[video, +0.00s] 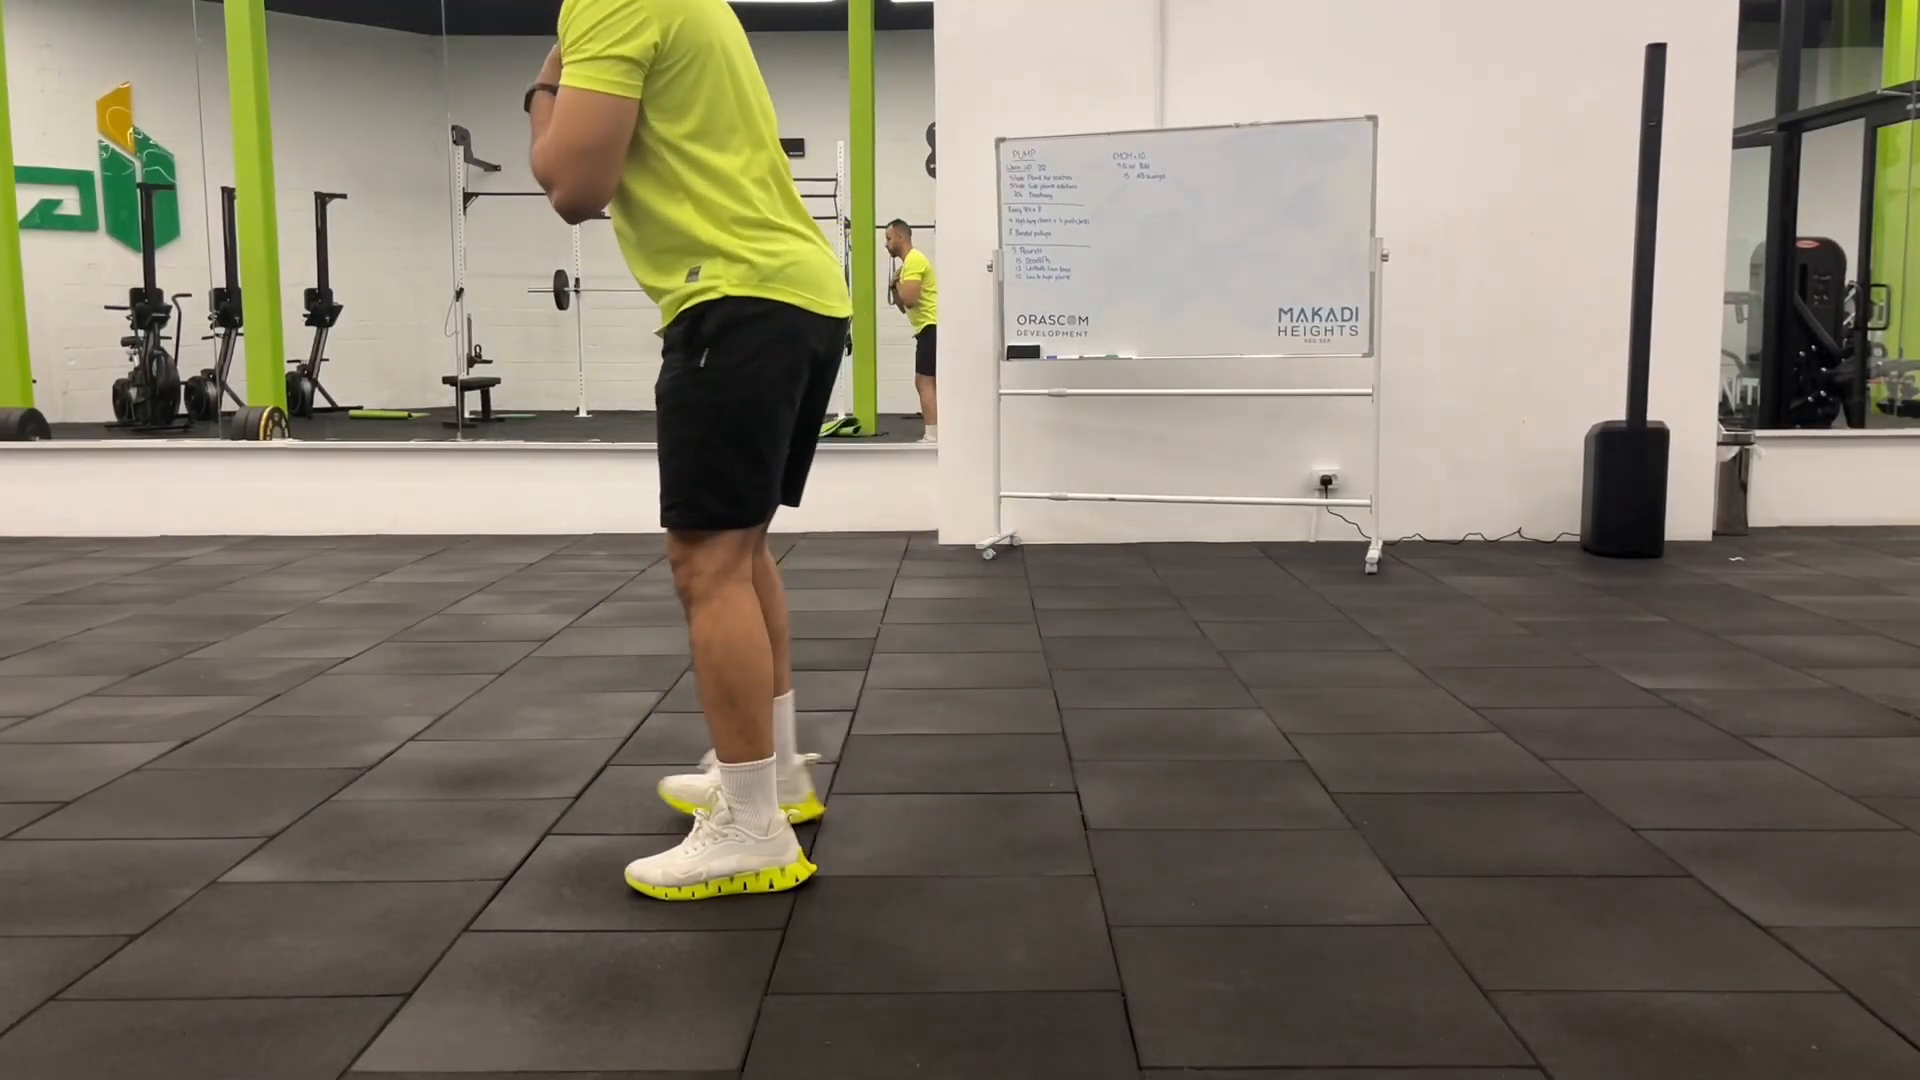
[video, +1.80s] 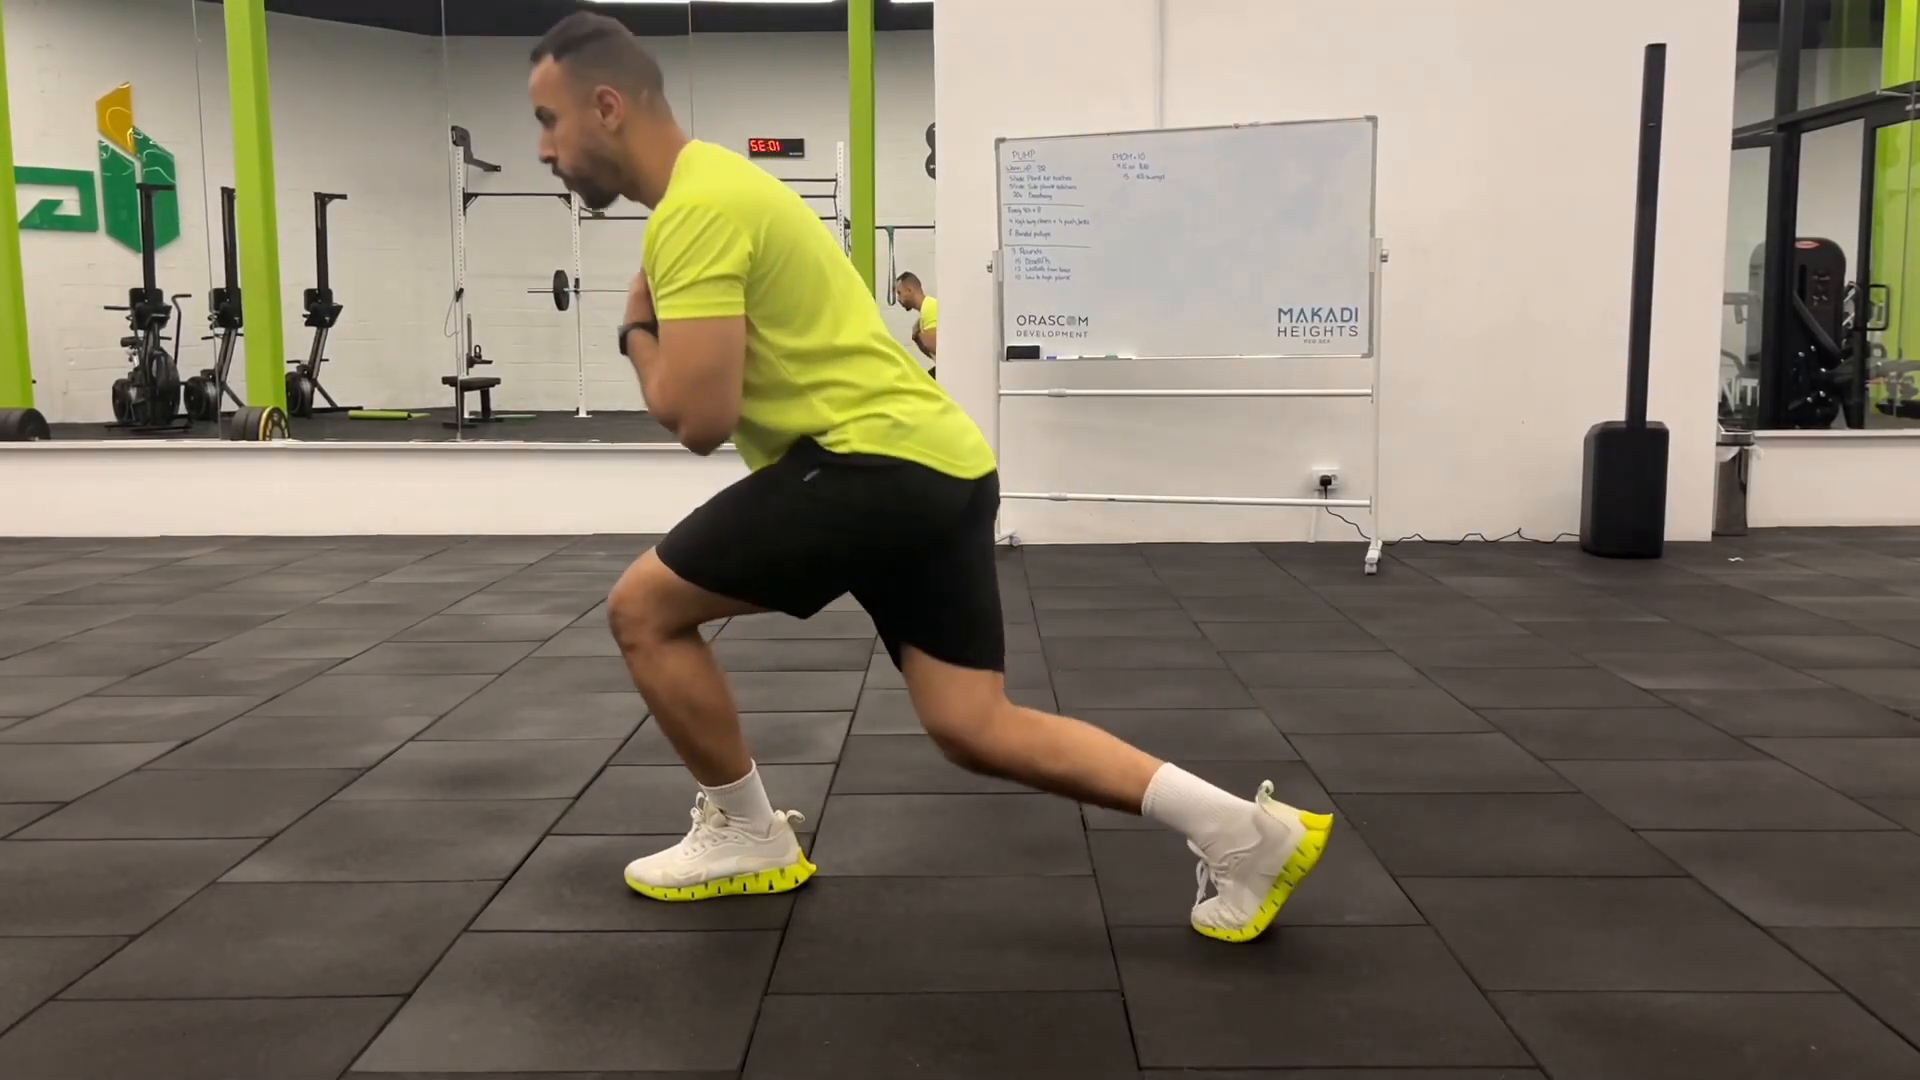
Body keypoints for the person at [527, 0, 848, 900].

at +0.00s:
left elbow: (575, 188)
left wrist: (544, 100)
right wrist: (564, 106)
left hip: (731, 300)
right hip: (794, 294)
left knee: (707, 564)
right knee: (742, 546)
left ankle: (749, 826)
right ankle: (780, 769)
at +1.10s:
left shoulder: (625, 11)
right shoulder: (648, 15)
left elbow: (604, 215)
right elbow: (617, 201)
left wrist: (544, 126)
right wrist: (568, 124)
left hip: (759, 311)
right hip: (808, 304)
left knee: (706, 573)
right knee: (773, 551)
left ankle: (750, 828)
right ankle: (898, 745)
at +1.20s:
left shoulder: (620, 21)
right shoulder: (654, 22)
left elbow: (609, 224)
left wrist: (540, 136)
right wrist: (574, 128)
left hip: (760, 312)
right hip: (819, 304)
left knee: (707, 576)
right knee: (809, 554)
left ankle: (750, 828)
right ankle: (996, 729)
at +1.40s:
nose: (461, 18)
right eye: (454, 7)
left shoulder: (619, 60)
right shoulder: (632, 53)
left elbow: (623, 268)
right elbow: (645, 243)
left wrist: (546, 187)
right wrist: (571, 182)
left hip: (788, 337)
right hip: (855, 325)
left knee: (688, 587)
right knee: (914, 570)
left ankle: (749, 828)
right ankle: (1137, 709)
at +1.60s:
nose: (482, 77)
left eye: (486, 47)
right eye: (474, 51)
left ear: (555, 31)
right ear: (562, 35)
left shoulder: (650, 130)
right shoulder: (668, 112)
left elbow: (663, 335)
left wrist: (587, 258)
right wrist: (609, 255)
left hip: (826, 391)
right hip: (900, 380)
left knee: (663, 597)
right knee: (973, 620)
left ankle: (748, 831)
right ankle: (1194, 790)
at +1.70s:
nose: (512, 116)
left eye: (518, 87)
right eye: (507, 93)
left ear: (580, 72)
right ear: (589, 72)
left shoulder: (679, 169)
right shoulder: (700, 155)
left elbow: (681, 377)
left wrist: (609, 297)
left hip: (853, 426)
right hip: (926, 422)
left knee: (651, 605)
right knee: (975, 673)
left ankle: (745, 831)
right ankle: (1231, 817)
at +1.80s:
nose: (541, 147)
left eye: (548, 121)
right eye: (536, 123)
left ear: (609, 107)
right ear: (620, 107)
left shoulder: (702, 204)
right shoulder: (727, 188)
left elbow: (701, 419)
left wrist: (636, 340)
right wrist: (663, 342)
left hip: (865, 469)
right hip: (941, 465)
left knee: (644, 609)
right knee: (973, 724)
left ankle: (747, 829)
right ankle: (1242, 831)